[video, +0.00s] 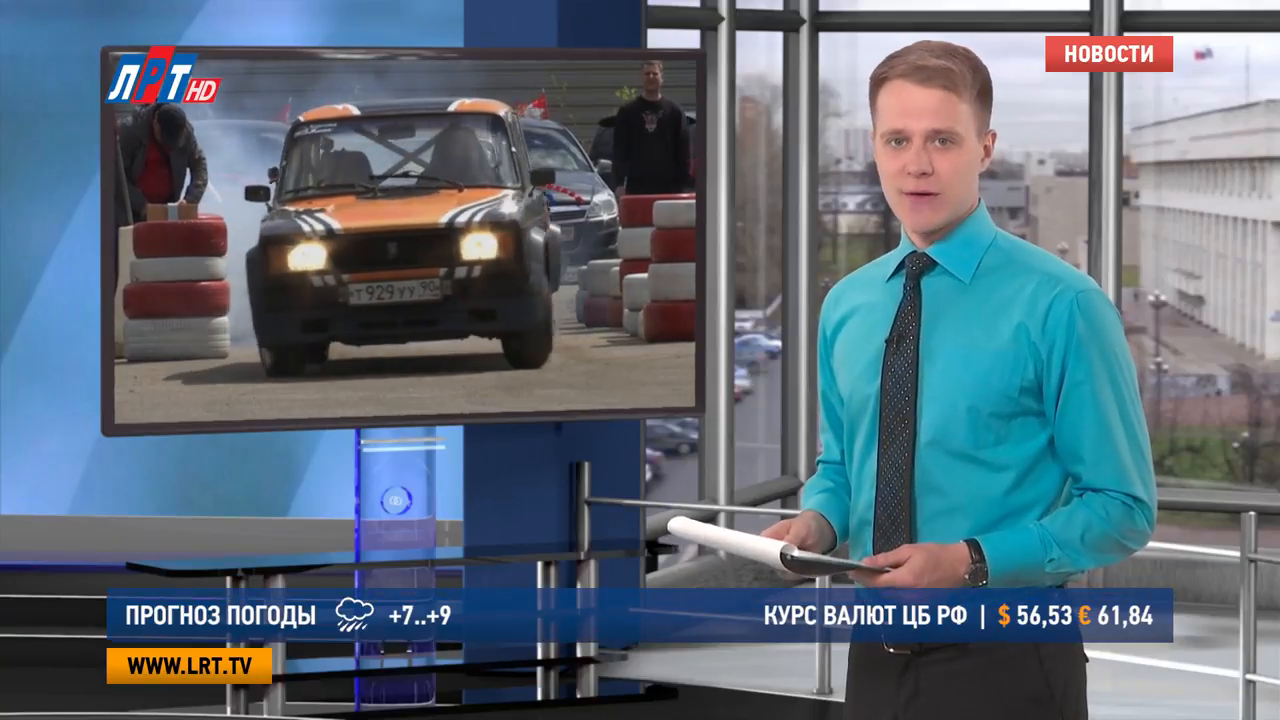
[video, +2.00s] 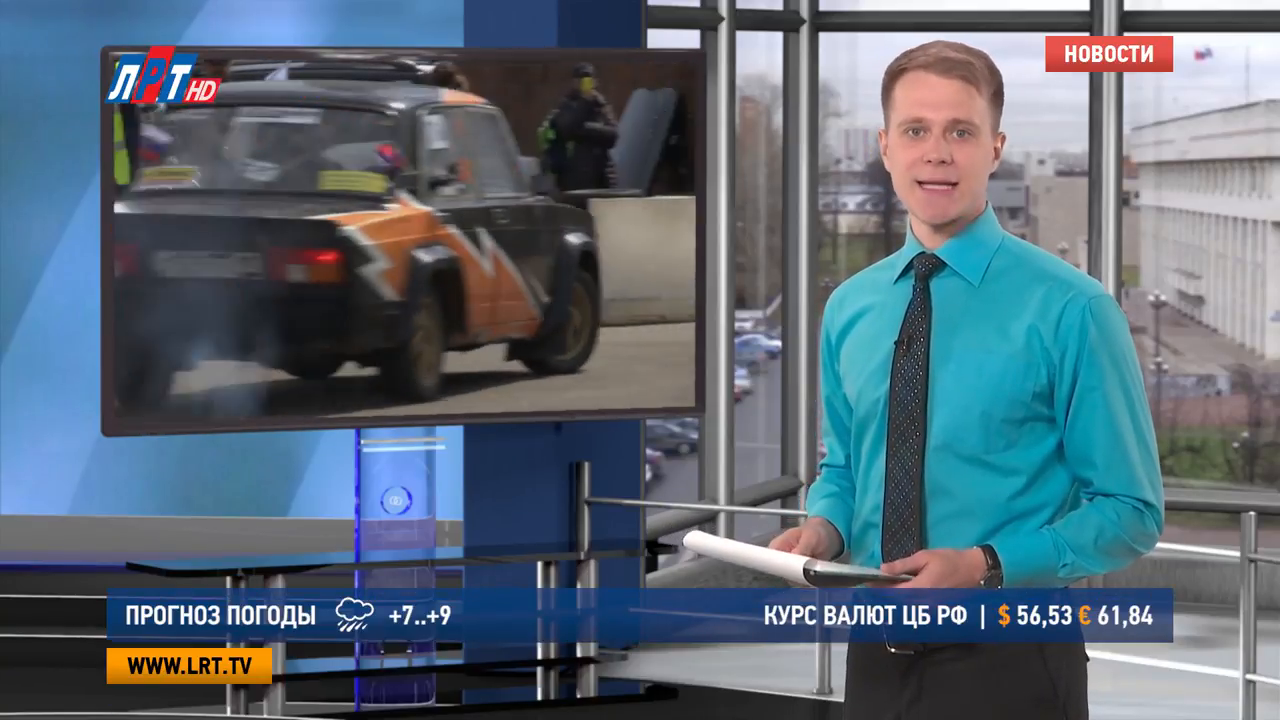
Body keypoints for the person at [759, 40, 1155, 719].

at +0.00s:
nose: (916, 164)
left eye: (941, 140)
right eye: (897, 140)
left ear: (985, 149)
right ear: (875, 149)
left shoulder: (1063, 304)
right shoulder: (846, 304)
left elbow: (1124, 506)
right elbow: (838, 465)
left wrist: (973, 561)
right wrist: (817, 522)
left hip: (1008, 662)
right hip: (877, 659)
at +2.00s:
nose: (937, 153)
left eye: (960, 131)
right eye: (916, 131)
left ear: (996, 148)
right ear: (886, 147)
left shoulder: (1071, 308)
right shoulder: (849, 307)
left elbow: (1131, 509)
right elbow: (842, 465)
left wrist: (987, 565)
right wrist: (820, 529)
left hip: (1009, 661)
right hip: (877, 657)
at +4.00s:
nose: (917, 167)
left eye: (942, 142)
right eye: (898, 142)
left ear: (985, 150)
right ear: (874, 151)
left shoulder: (1067, 309)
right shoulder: (846, 311)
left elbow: (1127, 509)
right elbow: (842, 473)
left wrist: (986, 568)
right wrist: (821, 534)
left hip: (1009, 659)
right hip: (876, 656)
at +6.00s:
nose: (925, 165)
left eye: (949, 141)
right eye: (904, 141)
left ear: (987, 149)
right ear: (875, 150)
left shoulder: (1067, 305)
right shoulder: (843, 309)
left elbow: (1127, 505)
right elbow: (838, 471)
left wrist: (984, 563)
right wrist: (815, 531)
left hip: (1012, 659)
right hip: (878, 656)